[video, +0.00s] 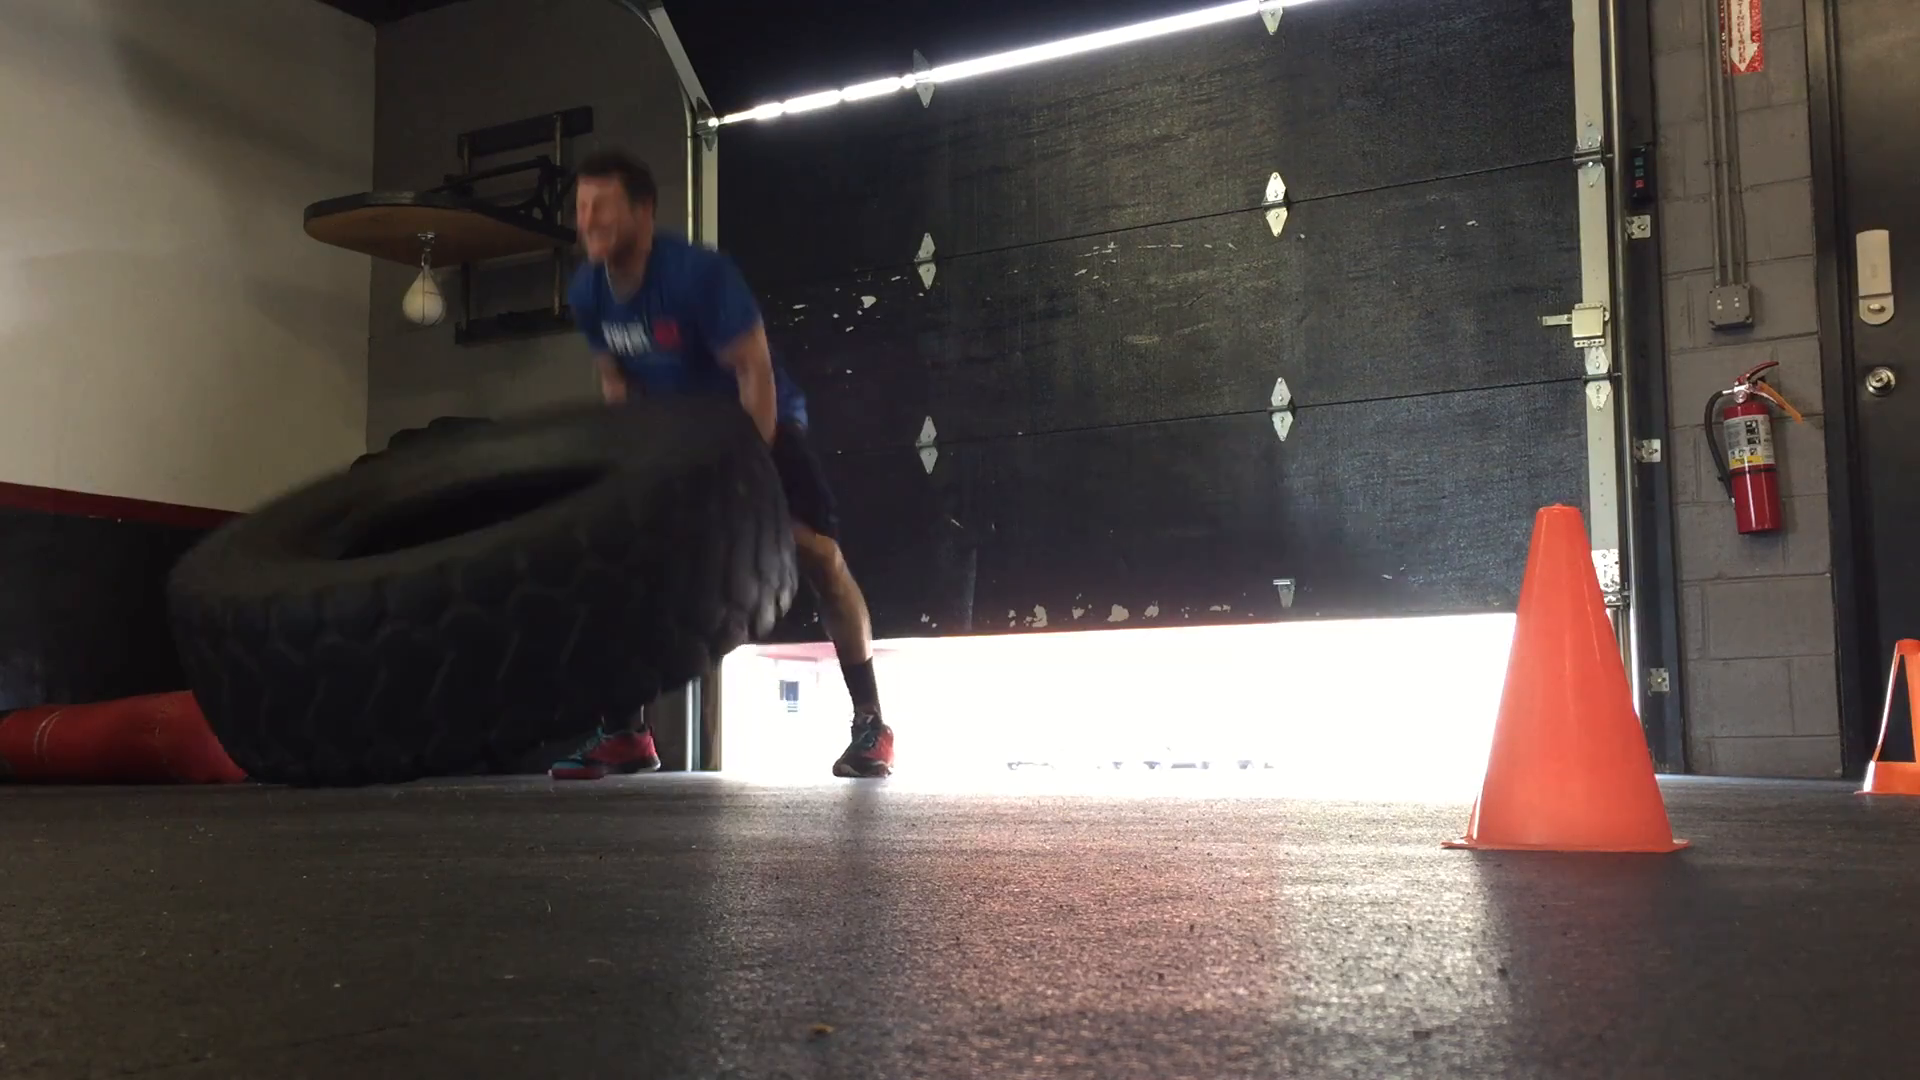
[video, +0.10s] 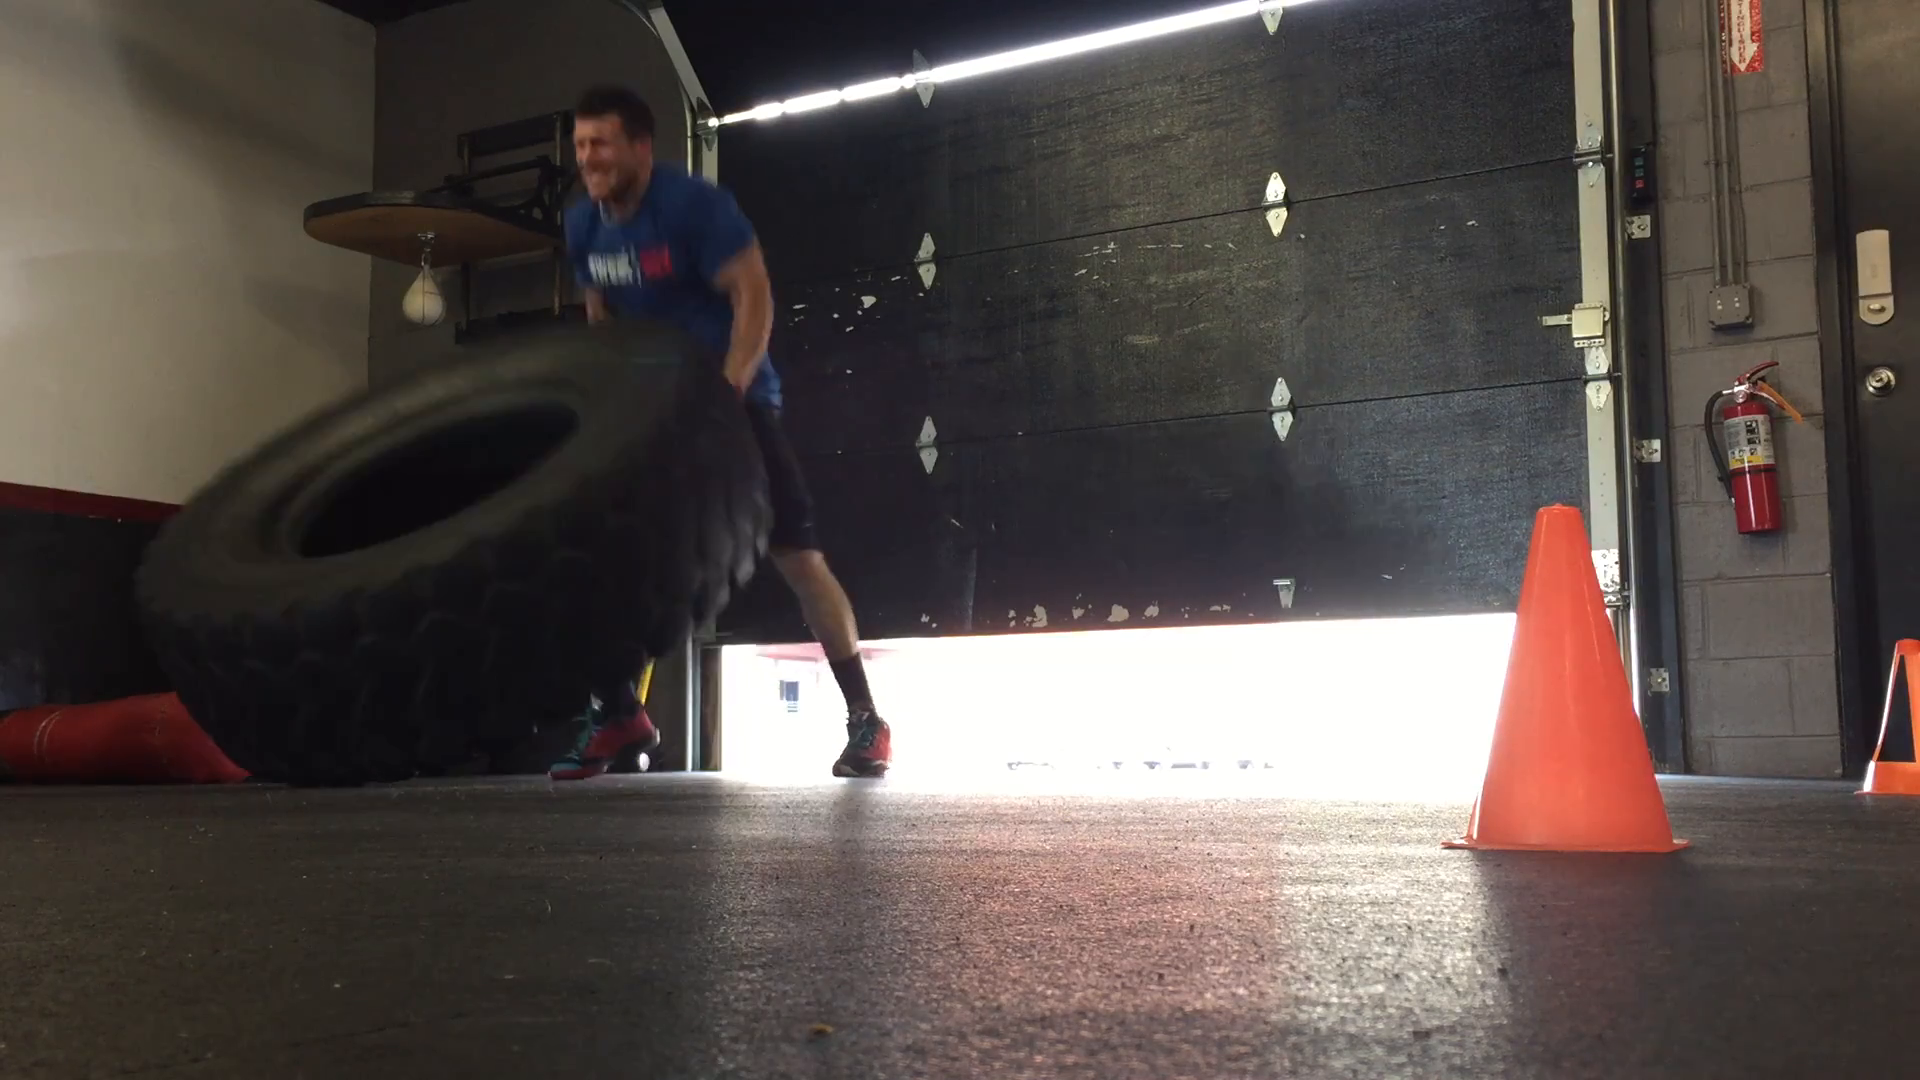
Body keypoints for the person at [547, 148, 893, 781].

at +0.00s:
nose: (590, 224)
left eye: (604, 209)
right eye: (582, 212)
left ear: (644, 212)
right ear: (575, 219)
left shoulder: (703, 274)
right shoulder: (588, 291)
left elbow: (757, 373)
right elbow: (614, 380)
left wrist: (746, 473)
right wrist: (633, 462)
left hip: (761, 428)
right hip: (677, 439)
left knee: (819, 556)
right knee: (628, 567)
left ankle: (870, 724)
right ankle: (628, 730)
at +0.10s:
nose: (589, 159)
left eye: (602, 145)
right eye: (581, 147)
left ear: (643, 146)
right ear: (575, 151)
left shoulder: (697, 203)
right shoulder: (582, 220)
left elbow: (756, 298)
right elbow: (599, 317)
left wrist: (728, 393)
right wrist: (610, 392)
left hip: (736, 400)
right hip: (655, 407)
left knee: (797, 553)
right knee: (626, 555)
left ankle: (865, 719)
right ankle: (624, 712)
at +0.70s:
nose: (589, 159)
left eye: (601, 145)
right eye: (572, 143)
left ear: (614, 154)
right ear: (536, 154)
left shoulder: (643, 223)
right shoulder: (509, 232)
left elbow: (687, 333)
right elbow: (446, 297)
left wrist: (588, 256)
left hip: (680, 405)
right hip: (598, 417)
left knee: (649, 519)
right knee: (491, 537)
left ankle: (750, 712)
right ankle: (498, 731)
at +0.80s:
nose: (650, 169)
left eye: (662, 156)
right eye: (633, 153)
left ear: (675, 167)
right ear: (594, 165)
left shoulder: (694, 246)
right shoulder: (564, 236)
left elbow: (791, 333)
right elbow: (473, 274)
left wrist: (701, 246)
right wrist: (447, 192)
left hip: (693, 434)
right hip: (601, 445)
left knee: (642, 516)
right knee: (494, 561)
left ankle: (745, 718)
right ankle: (496, 739)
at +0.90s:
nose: (738, 123)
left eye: (748, 109)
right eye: (723, 108)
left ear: (761, 121)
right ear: (687, 121)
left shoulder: (791, 196)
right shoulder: (654, 193)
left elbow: (889, 243)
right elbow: (564, 223)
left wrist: (855, 160)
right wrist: (528, 128)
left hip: (753, 415)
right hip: (659, 416)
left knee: (675, 513)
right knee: (575, 571)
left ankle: (751, 723)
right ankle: (512, 713)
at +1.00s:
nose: (833, 56)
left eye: (842, 43)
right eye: (816, 39)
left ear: (852, 58)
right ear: (771, 53)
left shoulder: (881, 144)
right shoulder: (731, 142)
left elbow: (1013, 202)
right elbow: (621, 167)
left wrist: (938, 154)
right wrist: (596, 69)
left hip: (852, 378)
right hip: (758, 373)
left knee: (742, 508)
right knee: (643, 525)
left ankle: (756, 719)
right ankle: (633, 699)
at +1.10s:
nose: (925, 20)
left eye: (938, 9)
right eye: (908, 5)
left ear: (950, 21)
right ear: (867, 9)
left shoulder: (974, 106)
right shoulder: (814, 92)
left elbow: (1074, 212)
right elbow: (711, 156)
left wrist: (988, 223)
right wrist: (683, 91)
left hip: (955, 336)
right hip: (860, 329)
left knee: (872, 466)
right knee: (755, 477)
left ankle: (853, 674)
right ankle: (822, 662)